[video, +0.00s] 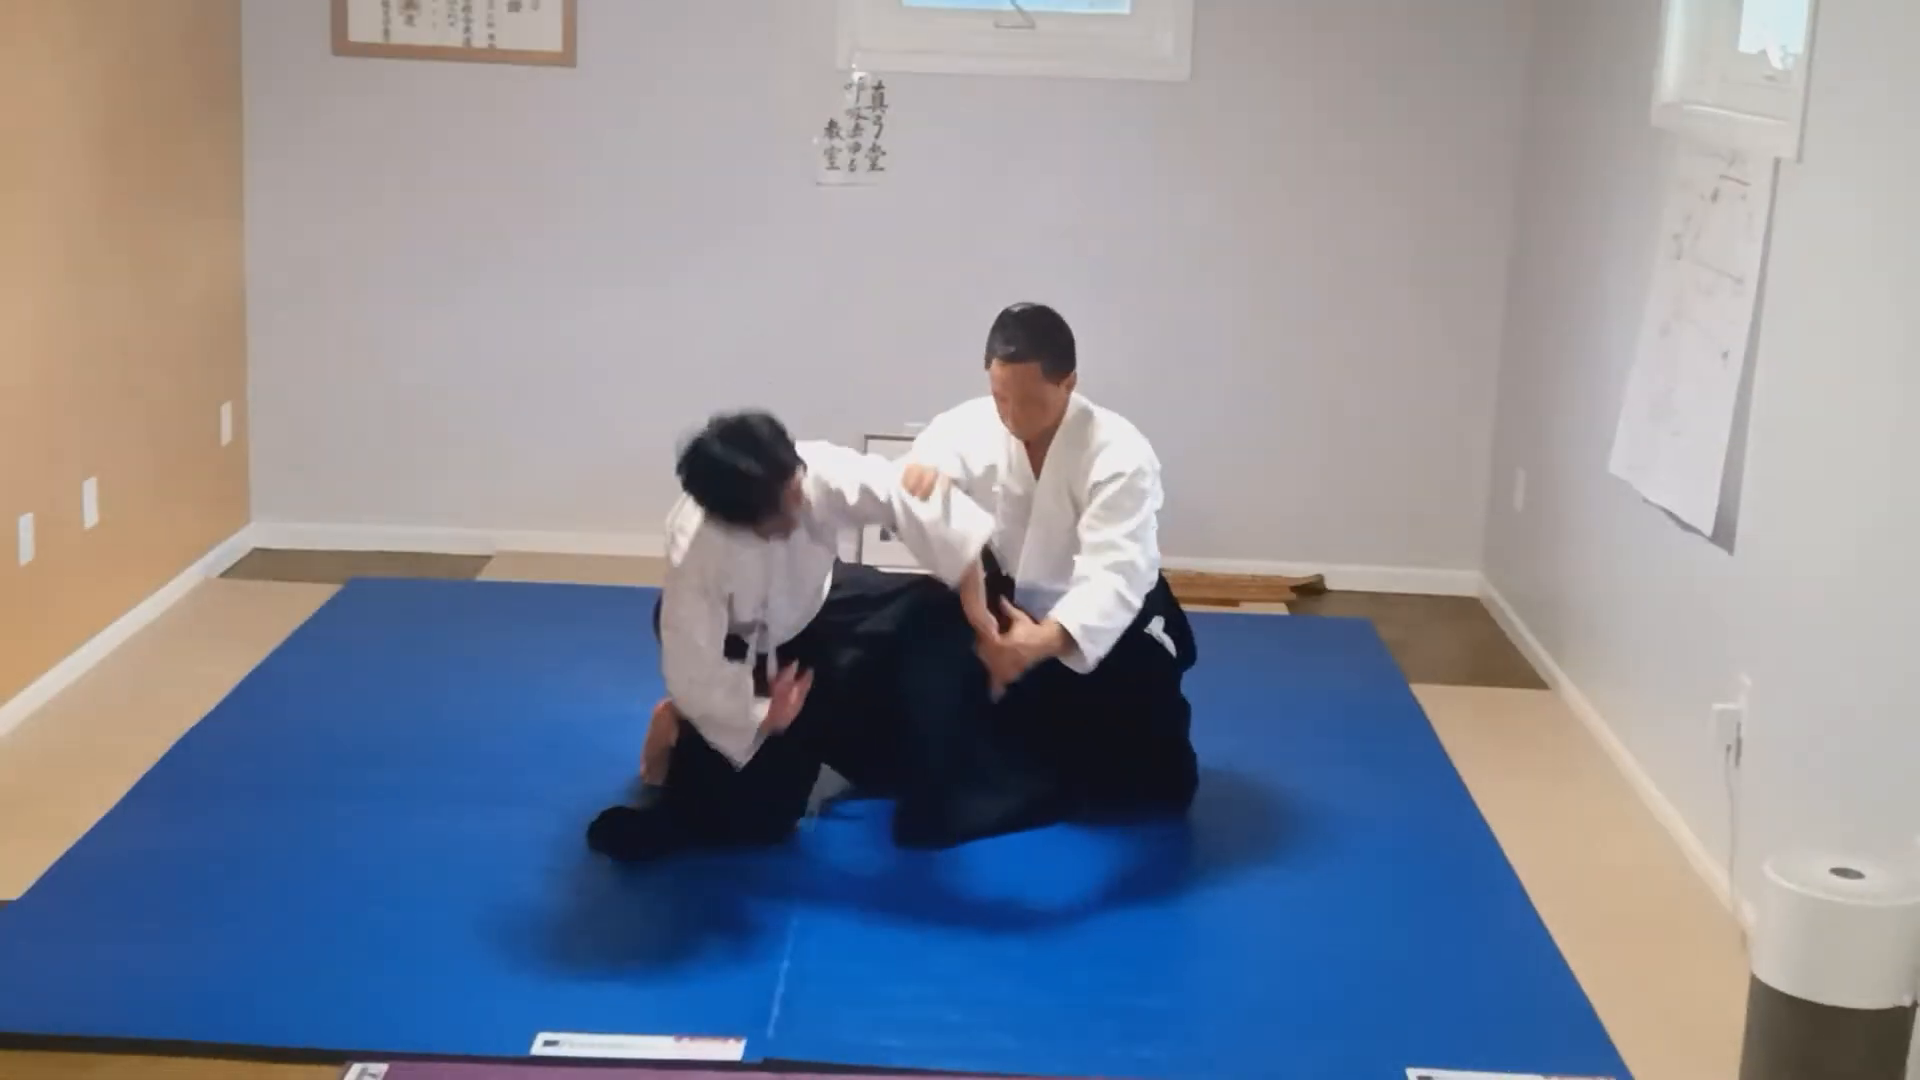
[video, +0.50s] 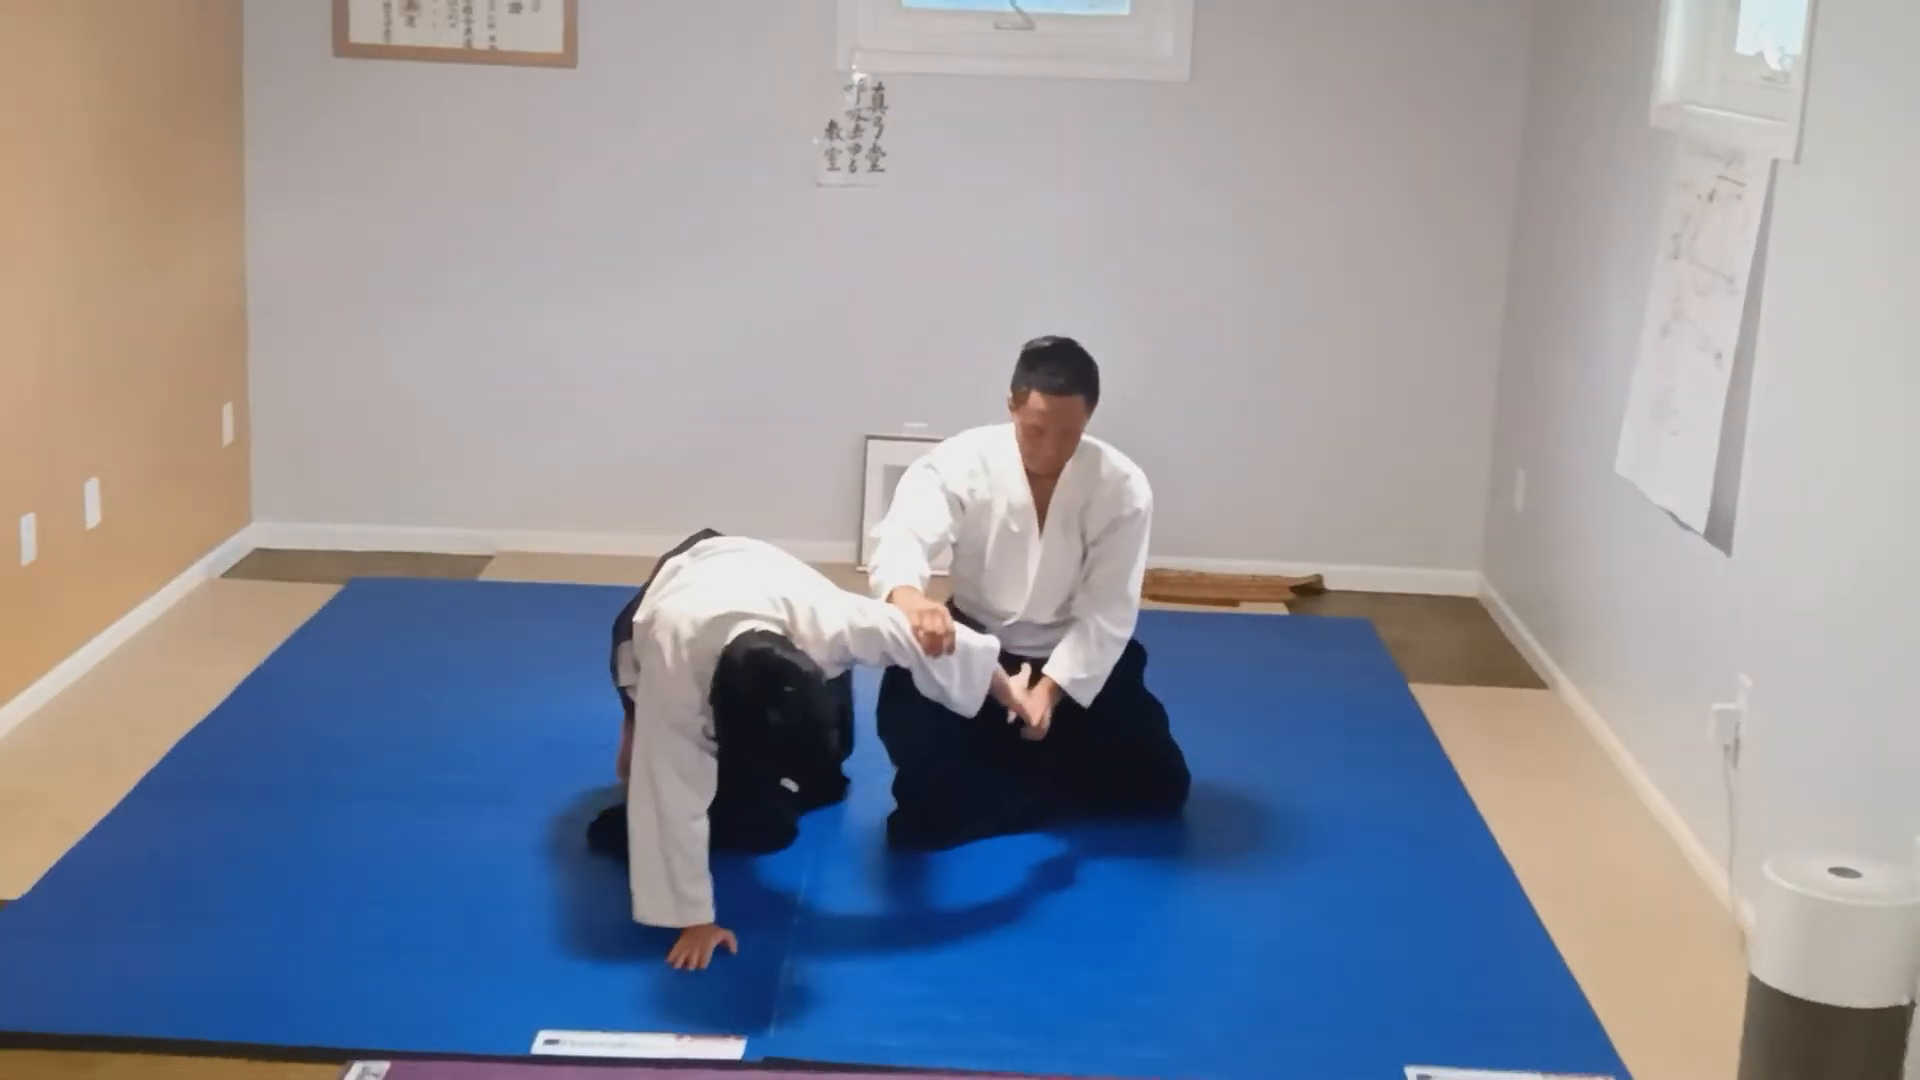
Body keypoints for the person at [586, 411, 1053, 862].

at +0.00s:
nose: (798, 505)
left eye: (795, 489)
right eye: (779, 506)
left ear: (795, 468)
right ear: (741, 517)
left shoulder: (817, 473)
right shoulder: (698, 553)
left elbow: (908, 497)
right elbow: (692, 674)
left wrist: (979, 609)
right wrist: (761, 721)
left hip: (800, 637)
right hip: (731, 665)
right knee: (760, 816)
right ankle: (675, 739)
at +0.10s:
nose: (794, 589)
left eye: (789, 581)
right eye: (773, 591)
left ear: (791, 548)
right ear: (727, 590)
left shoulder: (814, 527)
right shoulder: (685, 607)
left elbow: (922, 559)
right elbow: (694, 725)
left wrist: (1013, 658)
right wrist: (720, 846)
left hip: (777, 667)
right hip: (697, 677)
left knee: (776, 815)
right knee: (697, 822)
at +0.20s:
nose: (744, 708)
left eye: (761, 699)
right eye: (736, 697)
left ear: (798, 655)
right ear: (718, 658)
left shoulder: (822, 585)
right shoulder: (687, 652)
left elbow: (925, 598)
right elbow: (697, 778)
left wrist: (1021, 670)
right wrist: (697, 914)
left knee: (771, 821)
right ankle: (665, 742)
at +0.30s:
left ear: (813, 676)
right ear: (738, 713)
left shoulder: (826, 619)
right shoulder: (681, 657)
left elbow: (929, 626)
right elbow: (678, 781)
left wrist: (1020, 681)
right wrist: (694, 918)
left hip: (749, 557)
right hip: (662, 606)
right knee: (763, 823)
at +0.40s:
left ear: (814, 684)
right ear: (736, 715)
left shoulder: (828, 627)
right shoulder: (677, 663)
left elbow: (924, 637)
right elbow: (670, 786)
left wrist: (1012, 689)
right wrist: (696, 919)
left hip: (750, 563)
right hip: (661, 607)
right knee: (765, 825)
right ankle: (637, 833)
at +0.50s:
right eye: (786, 759)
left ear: (813, 681)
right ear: (737, 716)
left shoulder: (822, 623)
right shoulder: (679, 665)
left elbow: (912, 633)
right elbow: (675, 791)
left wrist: (1005, 685)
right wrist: (695, 918)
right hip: (667, 598)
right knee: (764, 828)